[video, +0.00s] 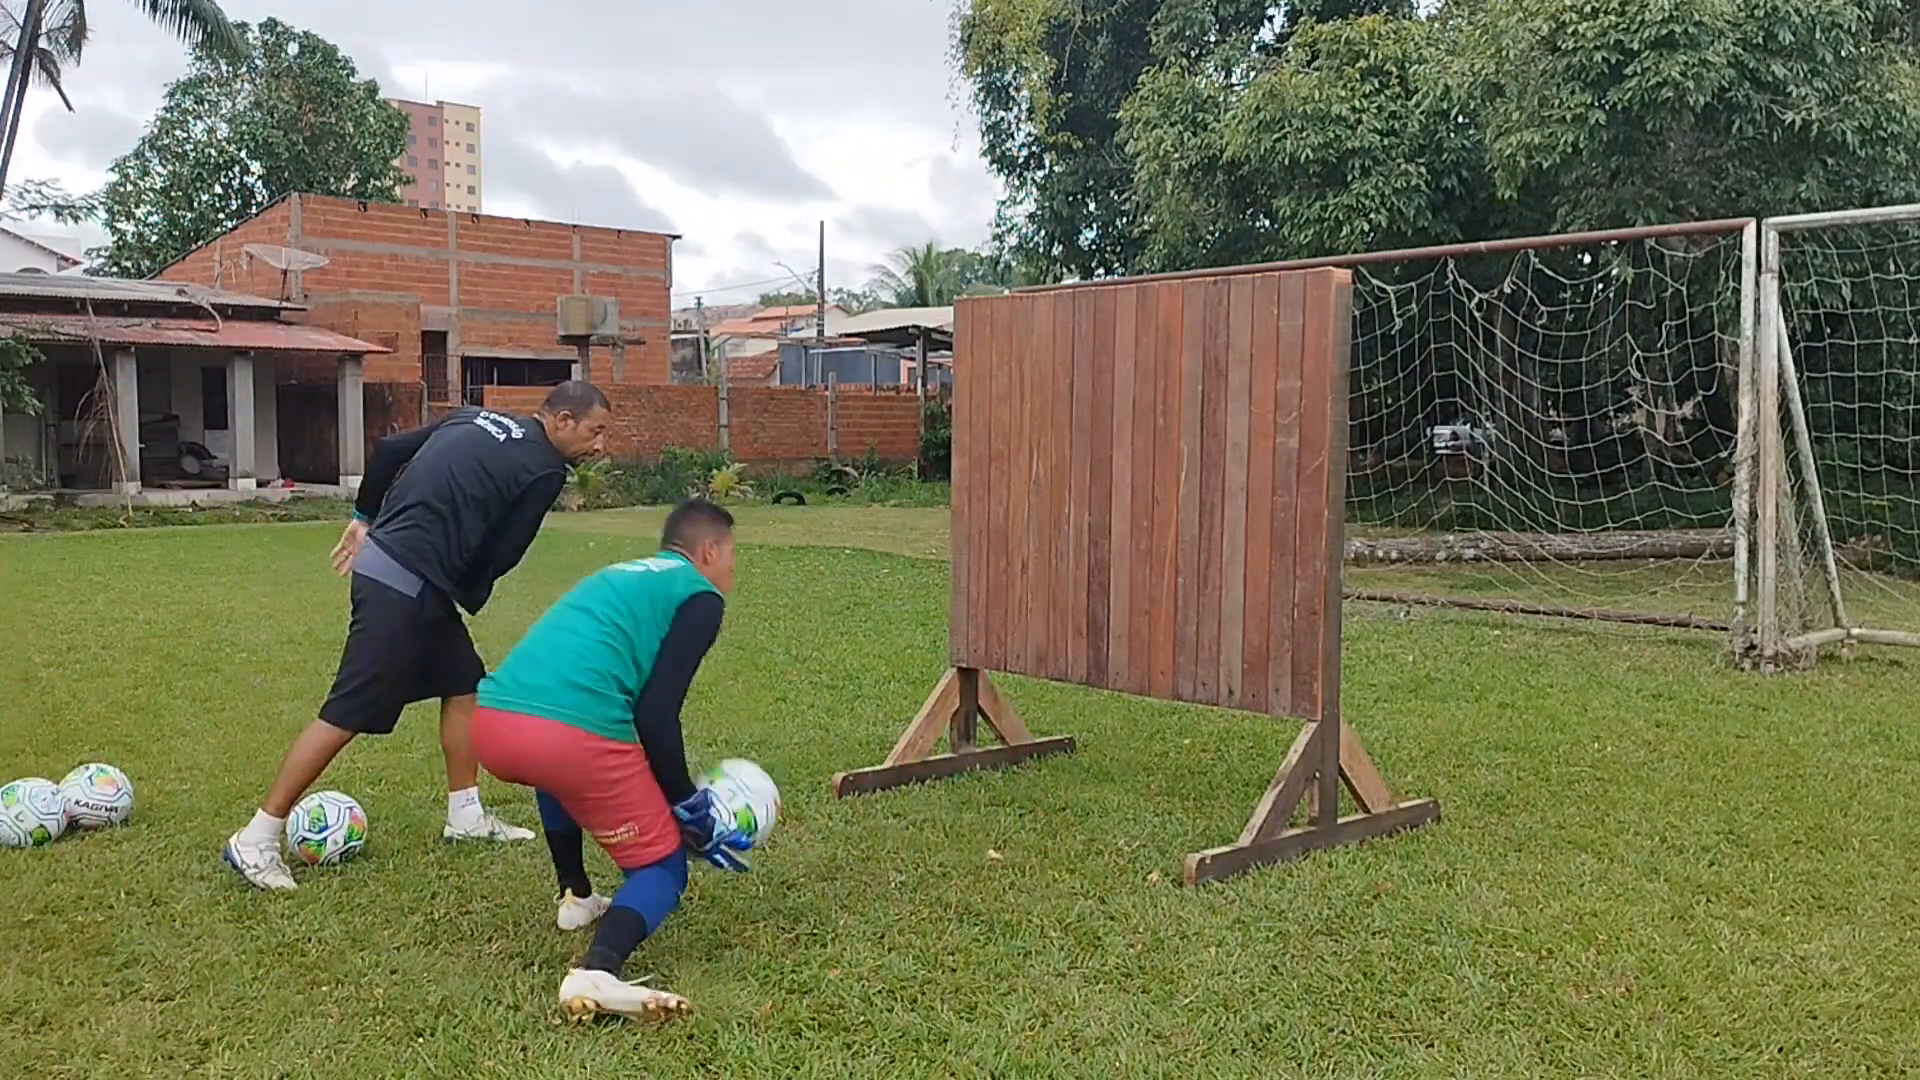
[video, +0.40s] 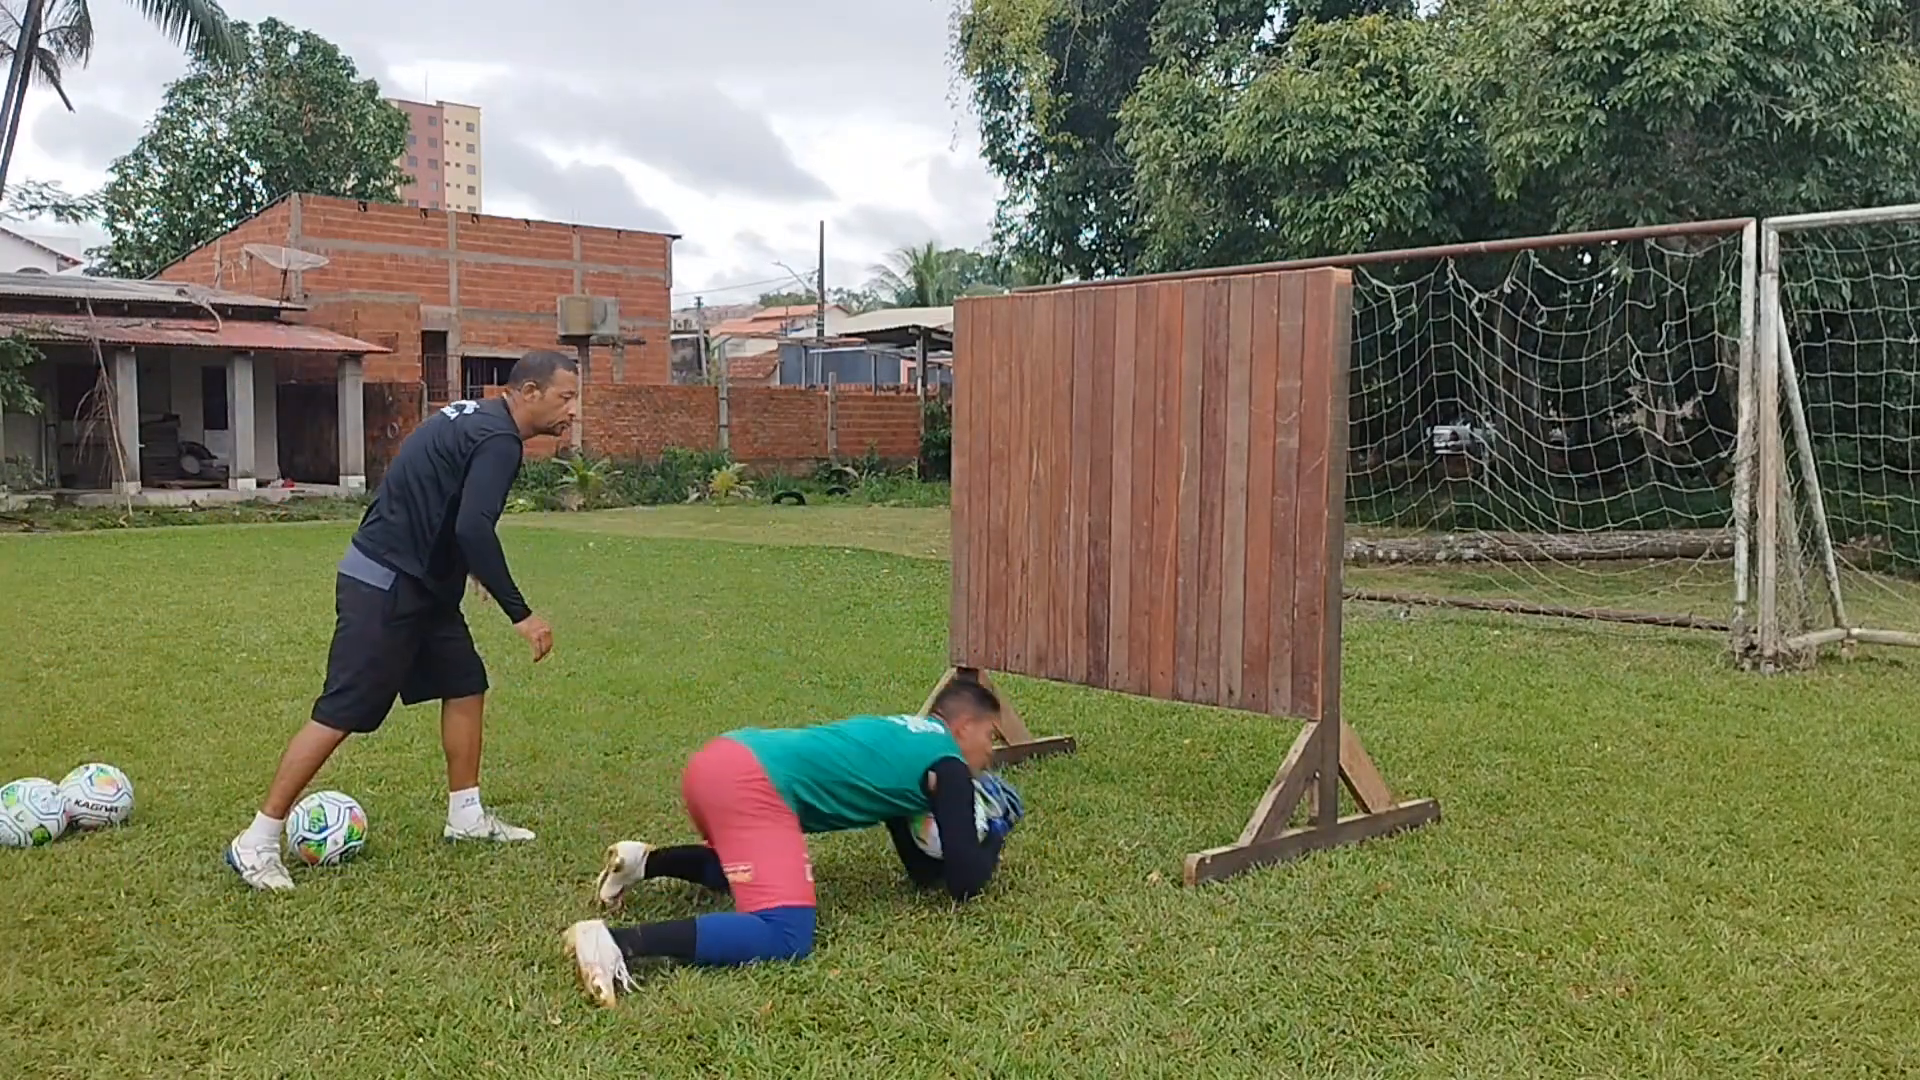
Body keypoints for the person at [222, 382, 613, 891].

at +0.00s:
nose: (599, 446)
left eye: (603, 435)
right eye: (594, 433)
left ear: (553, 418)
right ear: (560, 420)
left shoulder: (474, 418)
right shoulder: (546, 468)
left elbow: (390, 448)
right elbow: (502, 552)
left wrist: (363, 517)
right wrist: (464, 592)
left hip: (383, 563)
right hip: (402, 583)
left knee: (463, 681)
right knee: (349, 711)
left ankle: (467, 817)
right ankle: (257, 839)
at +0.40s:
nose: (572, 409)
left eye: (575, 399)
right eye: (566, 397)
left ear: (521, 396)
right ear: (526, 394)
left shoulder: (475, 418)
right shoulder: (498, 439)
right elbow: (474, 529)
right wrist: (521, 613)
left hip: (426, 588)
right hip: (383, 583)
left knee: (464, 687)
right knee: (342, 711)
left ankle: (466, 818)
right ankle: (256, 841)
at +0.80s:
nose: (460, 356)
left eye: (458, 345)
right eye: (449, 345)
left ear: (418, 353)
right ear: (412, 352)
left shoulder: (404, 414)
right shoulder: (365, 414)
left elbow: (375, 506)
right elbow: (335, 513)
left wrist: (425, 542)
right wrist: (393, 588)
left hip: (385, 590)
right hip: (332, 593)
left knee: (438, 698)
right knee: (303, 721)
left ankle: (465, 818)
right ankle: (245, 854)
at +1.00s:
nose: (398, 340)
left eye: (397, 329)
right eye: (388, 330)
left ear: (358, 338)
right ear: (349, 337)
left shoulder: (347, 401)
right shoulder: (301, 405)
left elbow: (326, 492)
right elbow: (274, 509)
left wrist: (377, 520)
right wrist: (352, 572)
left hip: (341, 582)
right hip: (293, 587)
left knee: (404, 689)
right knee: (276, 722)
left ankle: (435, 817)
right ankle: (240, 857)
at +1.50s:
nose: (333, 322)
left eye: (329, 311)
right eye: (321, 313)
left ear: (291, 324)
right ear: (284, 324)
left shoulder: (301, 393)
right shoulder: (249, 396)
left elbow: (345, 458)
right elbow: (295, 489)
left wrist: (423, 446)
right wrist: (396, 455)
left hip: (321, 580)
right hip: (270, 586)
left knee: (366, 699)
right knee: (263, 723)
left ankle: (392, 828)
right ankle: (240, 857)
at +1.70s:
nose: (333, 325)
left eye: (328, 313)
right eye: (320, 316)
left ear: (287, 327)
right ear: (281, 328)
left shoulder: (294, 394)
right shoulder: (248, 398)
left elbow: (315, 480)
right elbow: (277, 498)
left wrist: (383, 482)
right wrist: (377, 486)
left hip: (316, 580)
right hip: (267, 586)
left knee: (361, 700)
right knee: (261, 724)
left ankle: (391, 829)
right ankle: (239, 858)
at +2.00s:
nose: (340, 332)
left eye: (338, 319)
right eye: (328, 322)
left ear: (296, 331)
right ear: (288, 331)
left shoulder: (313, 391)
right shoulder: (234, 406)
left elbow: (324, 460)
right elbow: (232, 515)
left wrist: (374, 482)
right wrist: (333, 542)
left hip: (330, 580)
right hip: (265, 587)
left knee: (389, 692)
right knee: (254, 723)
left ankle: (397, 824)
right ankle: (238, 855)